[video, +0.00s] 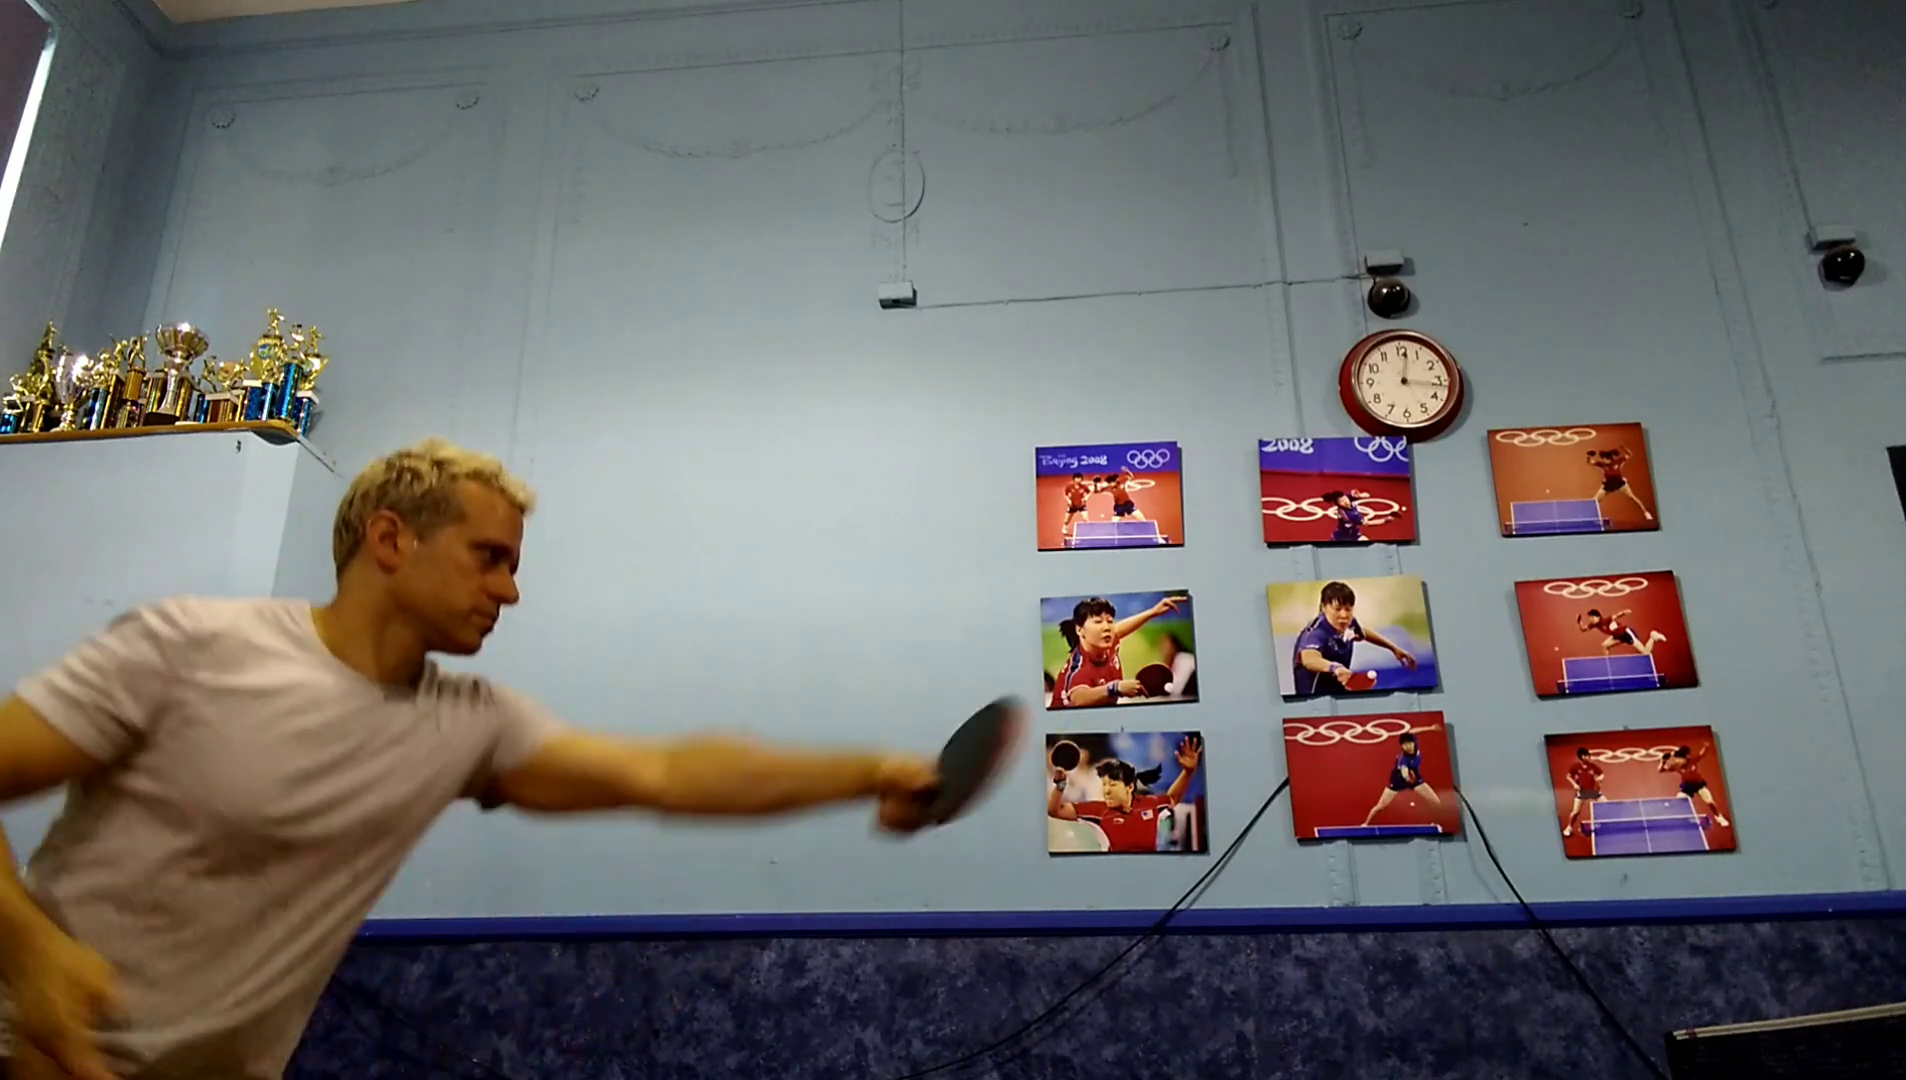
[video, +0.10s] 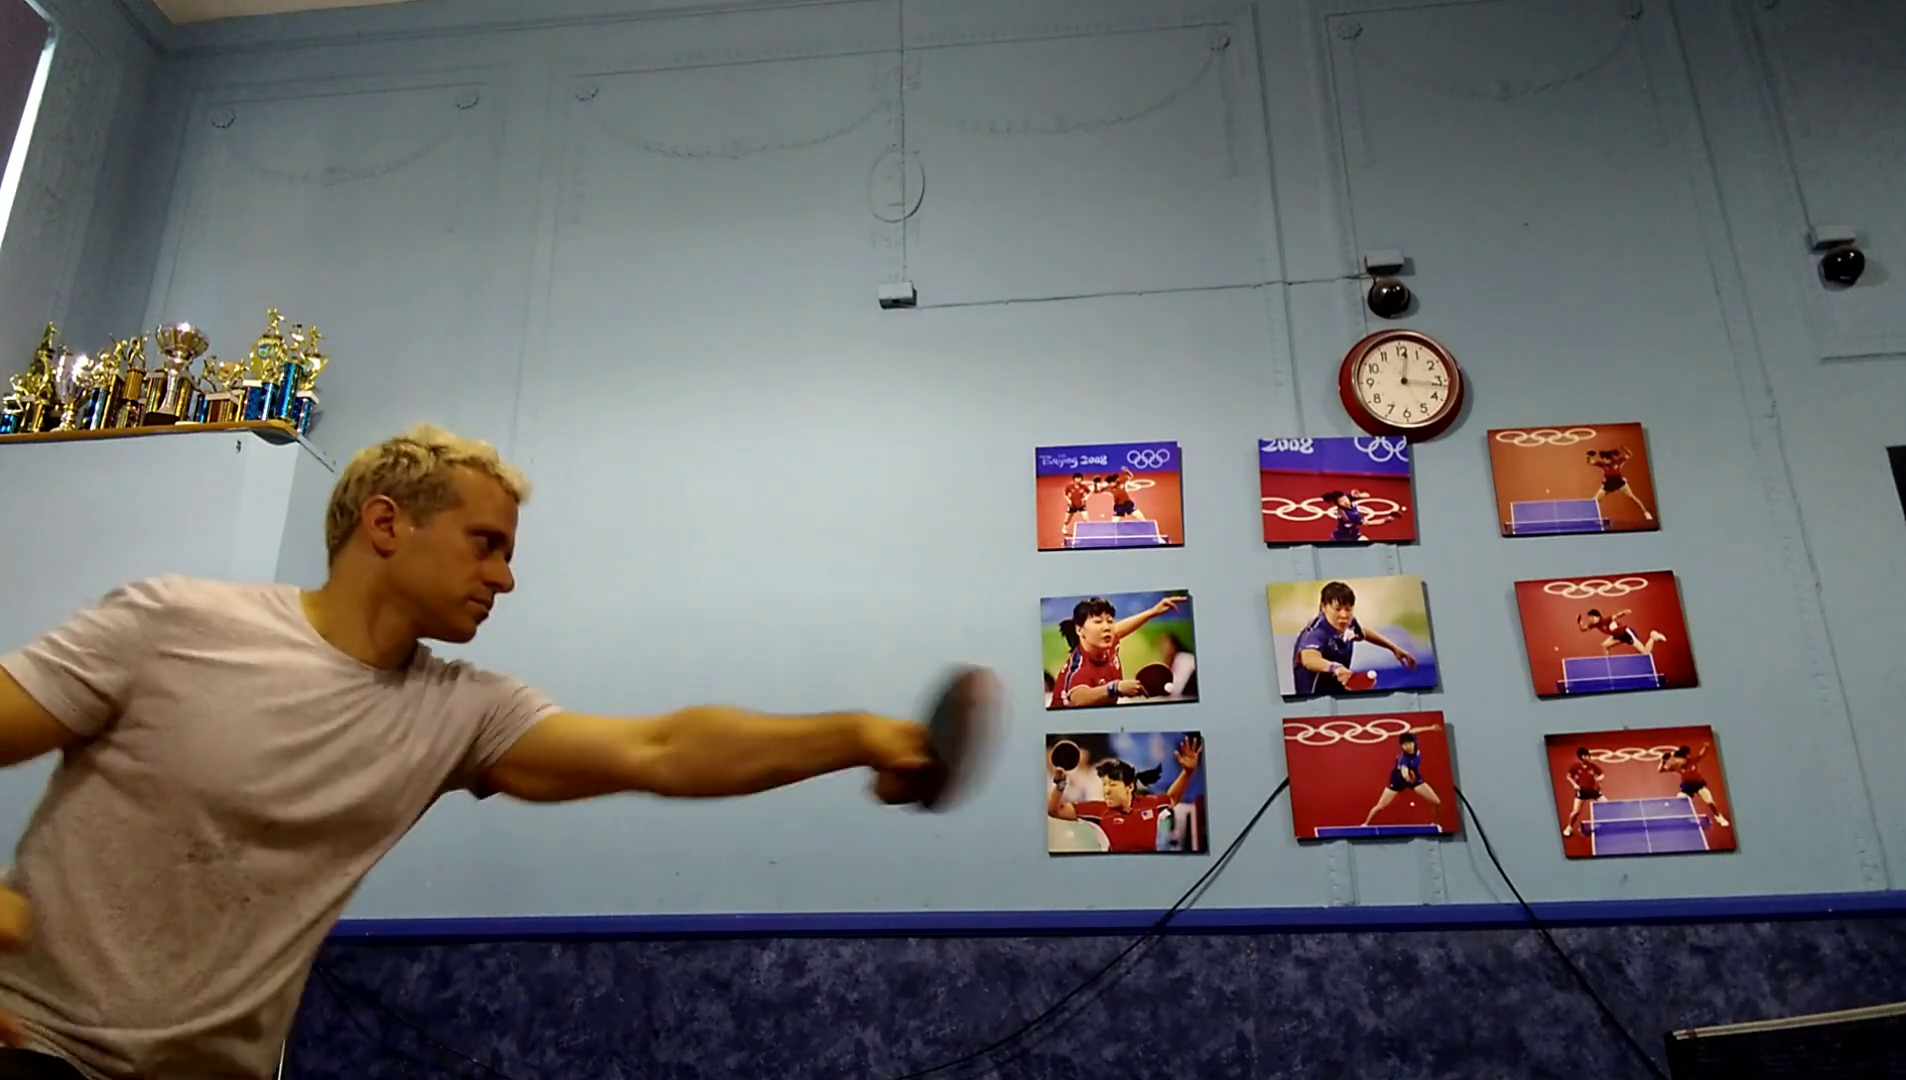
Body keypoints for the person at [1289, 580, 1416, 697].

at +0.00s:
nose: (1344, 615)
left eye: (1348, 609)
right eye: (1338, 609)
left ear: (1353, 609)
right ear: (1324, 608)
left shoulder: (1349, 624)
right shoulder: (1316, 633)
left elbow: (1364, 634)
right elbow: (1309, 660)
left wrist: (1395, 649)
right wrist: (1335, 668)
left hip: (1341, 704)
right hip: (1314, 708)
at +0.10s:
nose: (1344, 615)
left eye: (1348, 609)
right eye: (1338, 609)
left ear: (1353, 609)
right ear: (1324, 608)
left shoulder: (1349, 624)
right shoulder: (1316, 633)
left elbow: (1364, 634)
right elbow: (1309, 660)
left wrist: (1394, 649)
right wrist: (1335, 668)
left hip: (1341, 703)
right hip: (1314, 707)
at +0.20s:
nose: (1344, 615)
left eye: (1348, 609)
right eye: (1338, 609)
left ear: (1353, 609)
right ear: (1324, 608)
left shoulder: (1349, 624)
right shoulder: (1315, 633)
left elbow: (1364, 634)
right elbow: (1309, 660)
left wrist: (1395, 649)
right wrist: (1335, 668)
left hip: (1341, 704)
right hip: (1314, 708)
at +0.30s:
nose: (1344, 615)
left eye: (1348, 609)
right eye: (1338, 609)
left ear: (1353, 609)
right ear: (1324, 608)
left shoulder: (1349, 624)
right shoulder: (1315, 633)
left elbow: (1364, 634)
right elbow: (1309, 660)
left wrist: (1395, 649)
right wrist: (1335, 668)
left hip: (1341, 704)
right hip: (1314, 708)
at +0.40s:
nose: (1344, 615)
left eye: (1348, 609)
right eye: (1338, 609)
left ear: (1353, 609)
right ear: (1324, 608)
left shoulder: (1349, 624)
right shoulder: (1315, 633)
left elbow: (1364, 634)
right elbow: (1309, 660)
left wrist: (1395, 649)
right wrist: (1335, 668)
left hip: (1341, 704)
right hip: (1314, 708)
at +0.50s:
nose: (1344, 615)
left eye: (1348, 609)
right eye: (1338, 609)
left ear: (1353, 609)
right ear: (1324, 608)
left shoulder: (1349, 624)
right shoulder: (1315, 633)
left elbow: (1364, 634)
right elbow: (1309, 660)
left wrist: (1395, 649)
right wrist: (1335, 668)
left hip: (1341, 704)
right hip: (1314, 708)